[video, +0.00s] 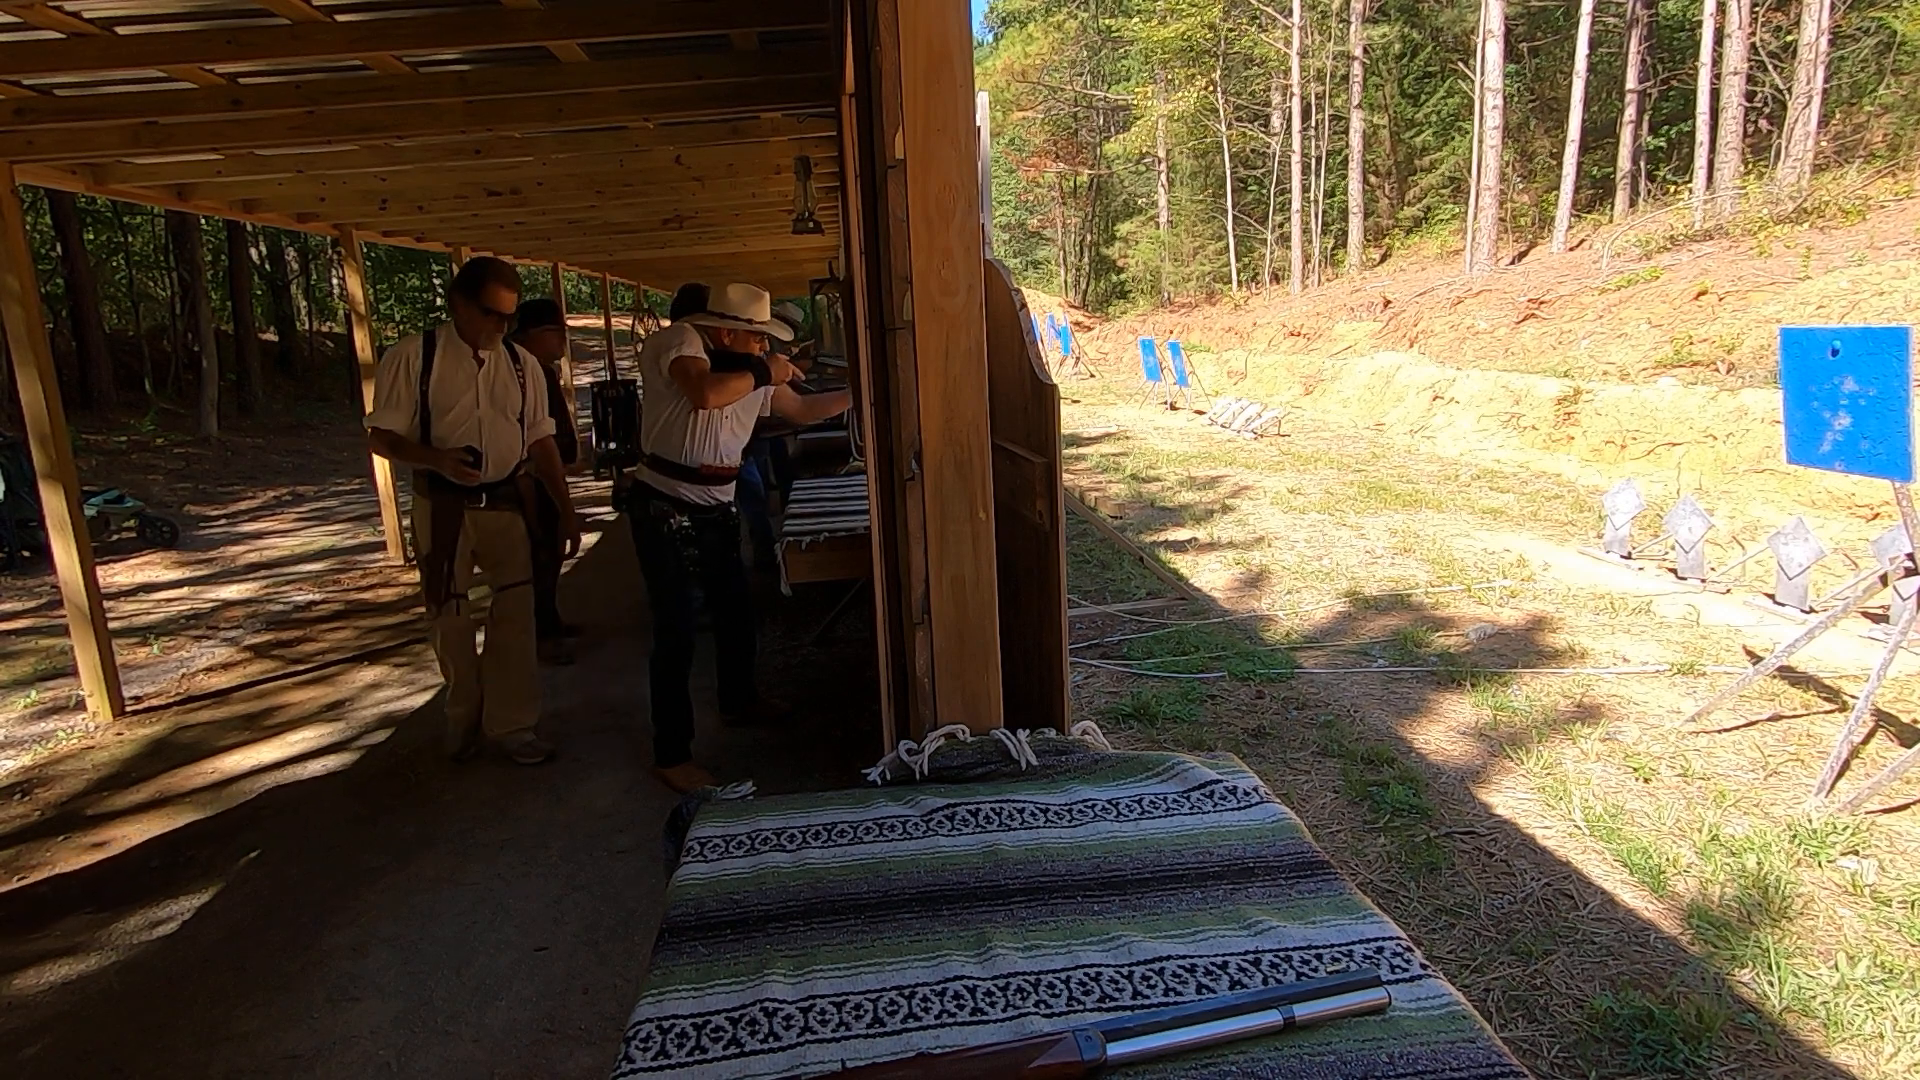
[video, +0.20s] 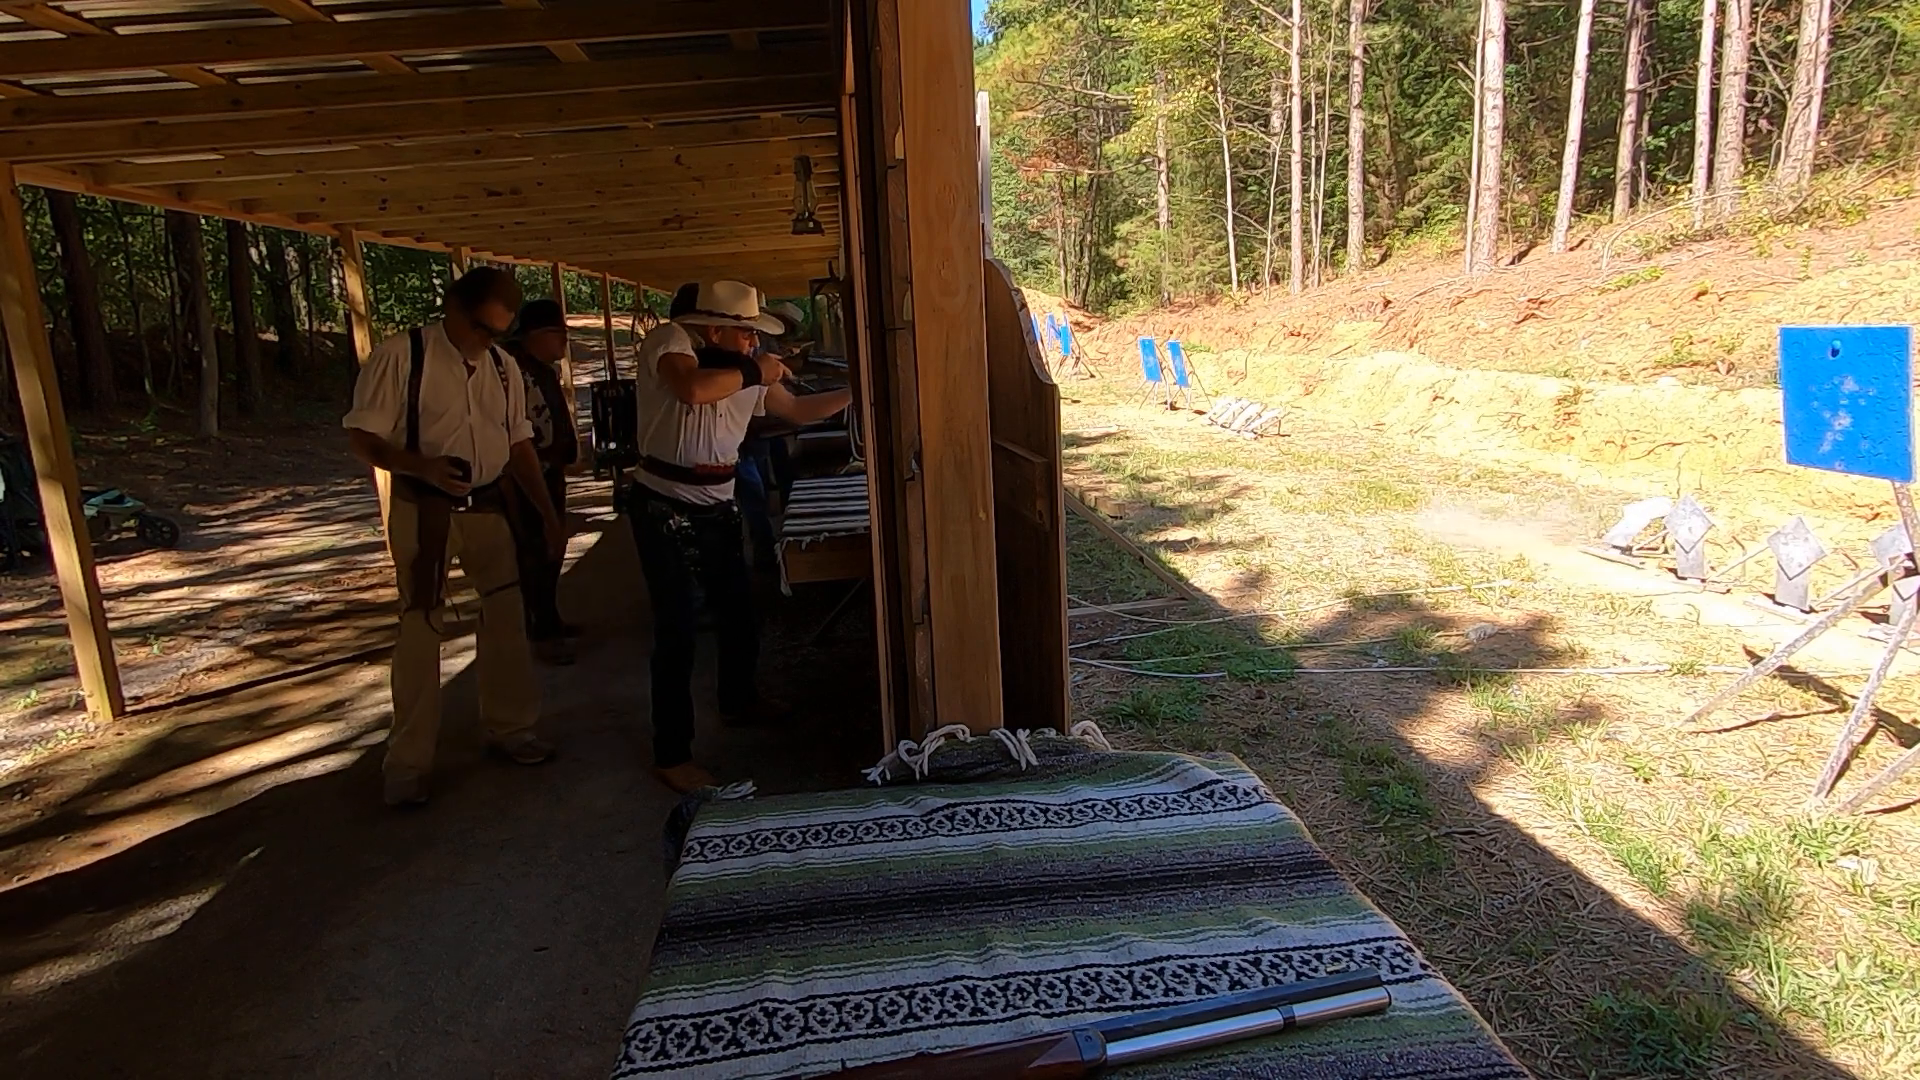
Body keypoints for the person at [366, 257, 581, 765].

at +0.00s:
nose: (501, 327)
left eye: (509, 316)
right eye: (492, 315)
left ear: (514, 313)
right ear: (458, 302)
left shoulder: (523, 364)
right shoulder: (413, 356)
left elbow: (541, 441)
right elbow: (380, 437)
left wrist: (565, 506)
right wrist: (435, 457)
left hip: (507, 502)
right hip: (442, 505)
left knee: (515, 615)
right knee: (451, 618)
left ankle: (512, 727)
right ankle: (464, 721)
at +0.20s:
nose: (491, 339)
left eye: (498, 330)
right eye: (484, 328)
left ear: (503, 322)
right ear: (456, 310)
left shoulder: (504, 367)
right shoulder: (399, 355)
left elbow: (521, 447)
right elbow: (361, 437)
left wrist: (549, 514)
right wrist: (420, 465)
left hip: (488, 512)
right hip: (422, 511)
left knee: (505, 618)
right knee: (421, 631)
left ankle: (511, 731)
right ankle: (407, 769)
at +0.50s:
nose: (464, 350)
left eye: (471, 341)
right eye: (459, 336)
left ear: (469, 334)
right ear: (424, 315)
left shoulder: (451, 370)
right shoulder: (366, 357)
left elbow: (463, 453)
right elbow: (318, 445)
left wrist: (489, 523)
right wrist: (403, 485)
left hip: (438, 515)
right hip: (374, 518)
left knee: (475, 617)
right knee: (381, 643)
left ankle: (506, 729)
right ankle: (392, 779)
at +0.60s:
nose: (453, 349)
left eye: (460, 340)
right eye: (448, 335)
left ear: (456, 332)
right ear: (414, 314)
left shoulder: (438, 367)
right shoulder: (357, 359)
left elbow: (435, 446)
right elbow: (309, 448)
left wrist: (457, 492)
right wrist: (398, 490)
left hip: (427, 516)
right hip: (363, 521)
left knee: (465, 620)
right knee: (376, 646)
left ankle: (498, 730)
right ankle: (391, 779)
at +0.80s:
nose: (439, 338)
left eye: (444, 328)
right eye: (432, 325)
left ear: (440, 323)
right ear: (393, 309)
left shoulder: (418, 368)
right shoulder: (342, 357)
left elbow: (416, 447)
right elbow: (297, 450)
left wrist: (438, 496)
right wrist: (388, 494)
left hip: (415, 517)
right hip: (353, 522)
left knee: (447, 623)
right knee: (370, 645)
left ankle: (467, 737)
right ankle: (391, 778)